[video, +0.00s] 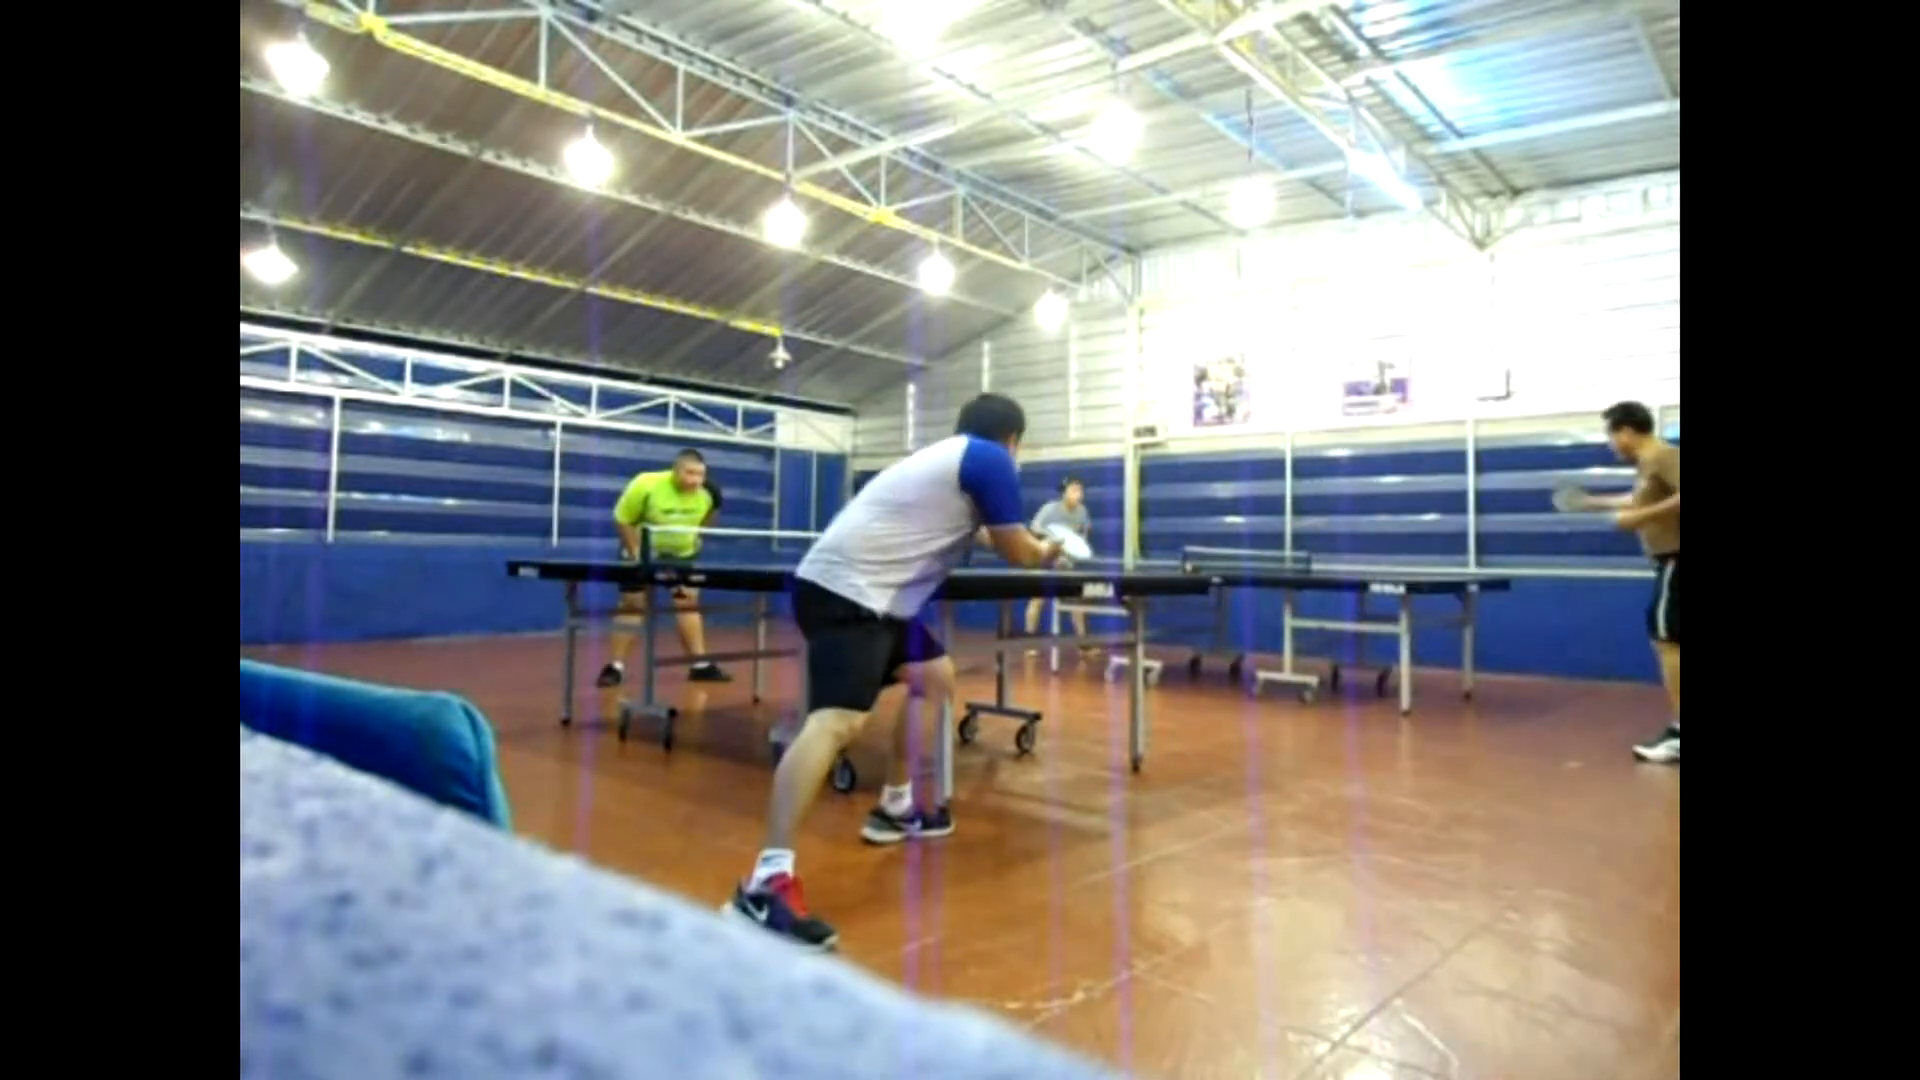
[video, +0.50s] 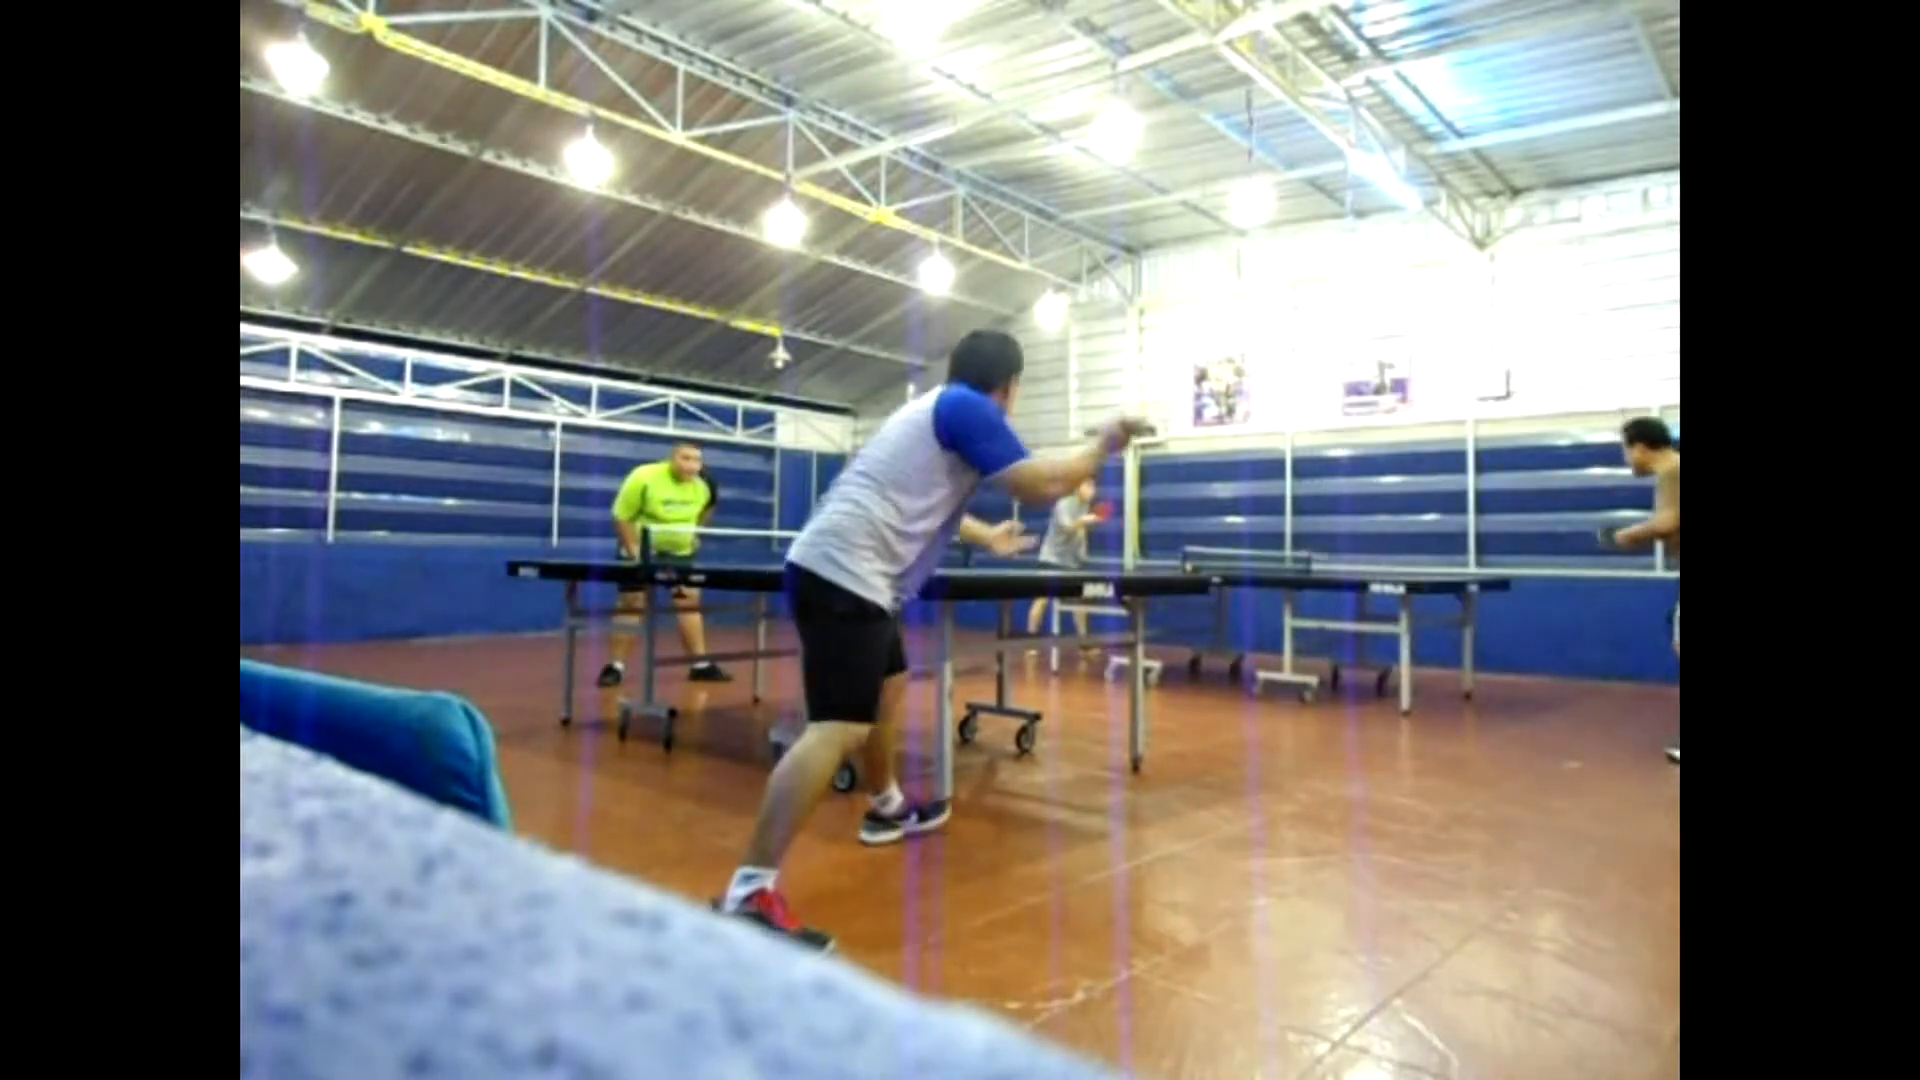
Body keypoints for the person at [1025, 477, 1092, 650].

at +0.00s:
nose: (1077, 495)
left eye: (1079, 491)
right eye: (1073, 490)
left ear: (1082, 494)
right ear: (1064, 492)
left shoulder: (1082, 511)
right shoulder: (1049, 510)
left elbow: (1085, 530)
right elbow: (1035, 530)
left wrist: (1078, 545)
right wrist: (1050, 545)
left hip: (1071, 560)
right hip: (1047, 560)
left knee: (1077, 599)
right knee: (1038, 598)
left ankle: (1082, 638)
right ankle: (1030, 636)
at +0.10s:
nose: (1076, 495)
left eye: (1075, 489)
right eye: (1069, 489)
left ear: (1077, 494)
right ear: (1053, 492)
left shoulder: (1076, 517)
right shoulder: (1041, 517)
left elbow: (1081, 542)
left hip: (1068, 566)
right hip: (1042, 564)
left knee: (1076, 601)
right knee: (1037, 598)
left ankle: (1082, 638)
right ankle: (1030, 634)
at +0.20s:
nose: (1078, 503)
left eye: (1081, 499)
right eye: (1074, 499)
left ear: (1084, 500)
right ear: (1066, 500)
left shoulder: (1083, 522)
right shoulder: (1052, 517)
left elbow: (1081, 549)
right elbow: (1046, 545)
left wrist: (1057, 547)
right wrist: (1069, 549)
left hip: (1069, 564)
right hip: (1044, 564)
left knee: (1076, 600)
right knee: (1040, 598)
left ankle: (1083, 638)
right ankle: (1030, 635)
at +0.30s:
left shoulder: (1078, 516)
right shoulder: (1053, 516)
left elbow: (1075, 535)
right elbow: (1067, 539)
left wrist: (1076, 549)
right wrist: (1098, 537)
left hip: (1067, 560)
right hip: (1045, 561)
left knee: (1077, 601)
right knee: (1041, 599)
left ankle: (1083, 639)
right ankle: (1031, 637)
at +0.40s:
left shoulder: (1082, 507)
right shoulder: (1057, 507)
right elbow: (1072, 531)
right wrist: (1093, 524)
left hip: (1072, 559)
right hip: (1049, 559)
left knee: (1078, 602)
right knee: (1042, 599)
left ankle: (1083, 640)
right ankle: (1031, 637)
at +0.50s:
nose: (1090, 490)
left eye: (1092, 486)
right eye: (1087, 485)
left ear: (1093, 489)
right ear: (1077, 487)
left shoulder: (1085, 507)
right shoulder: (1064, 504)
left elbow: (1080, 531)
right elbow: (1067, 526)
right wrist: (1086, 520)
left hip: (1074, 559)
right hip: (1053, 558)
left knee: (1079, 601)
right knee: (1043, 597)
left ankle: (1083, 639)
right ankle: (1032, 636)